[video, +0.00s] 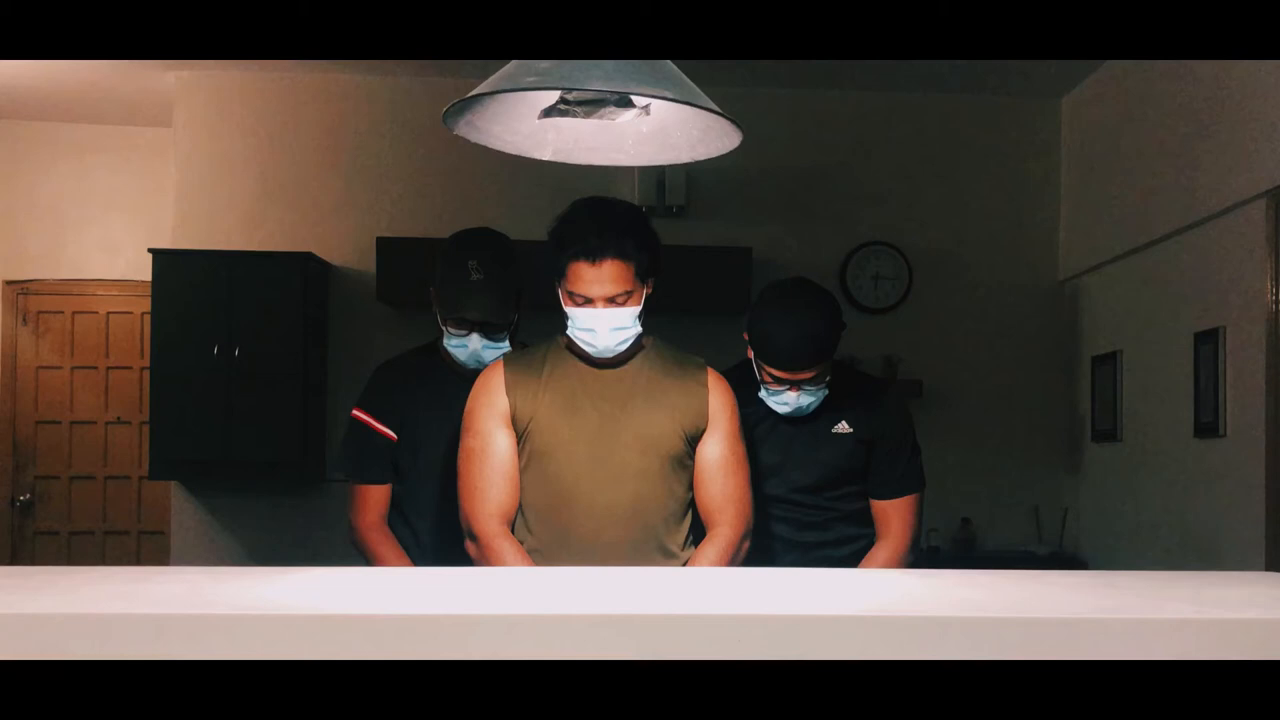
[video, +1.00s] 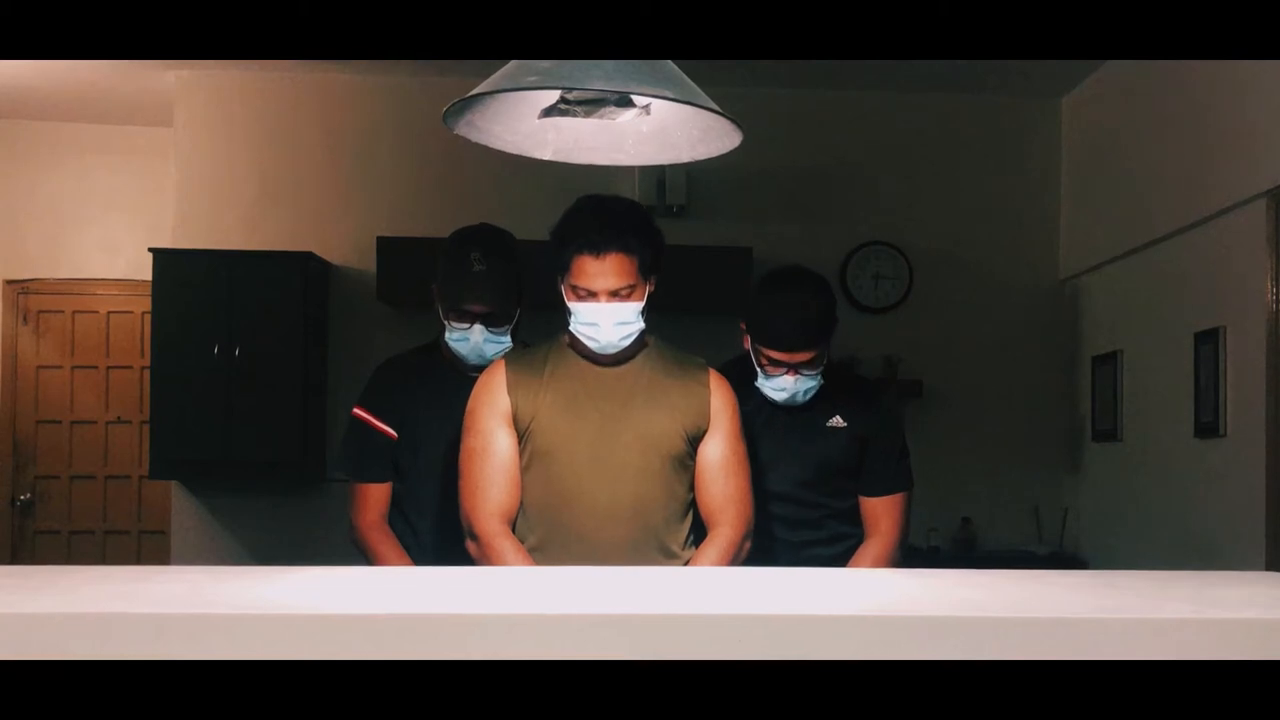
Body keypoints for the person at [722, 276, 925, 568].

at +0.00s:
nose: (791, 395)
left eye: (809, 381)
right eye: (776, 379)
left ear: (830, 355)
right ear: (750, 348)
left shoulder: (877, 408)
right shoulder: (721, 400)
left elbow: (895, 541)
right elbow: (721, 530)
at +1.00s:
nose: (790, 380)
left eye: (807, 365)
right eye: (774, 364)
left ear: (827, 346)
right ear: (746, 340)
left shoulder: (867, 408)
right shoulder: (717, 395)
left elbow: (883, 538)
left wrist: (833, 607)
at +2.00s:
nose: (786, 364)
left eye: (803, 348)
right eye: (769, 347)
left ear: (822, 332)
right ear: (742, 330)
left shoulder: (862, 403)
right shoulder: (714, 394)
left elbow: (883, 534)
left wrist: (830, 604)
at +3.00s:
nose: (790, 348)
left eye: (807, 332)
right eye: (772, 332)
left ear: (826, 323)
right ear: (745, 322)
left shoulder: (862, 400)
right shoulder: (716, 393)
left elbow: (885, 535)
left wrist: (832, 605)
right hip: (740, 591)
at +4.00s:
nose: (792, 335)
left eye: (808, 320)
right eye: (773, 320)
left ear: (827, 315)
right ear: (746, 315)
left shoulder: (863, 399)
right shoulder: (716, 392)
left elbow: (886, 536)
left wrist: (832, 606)